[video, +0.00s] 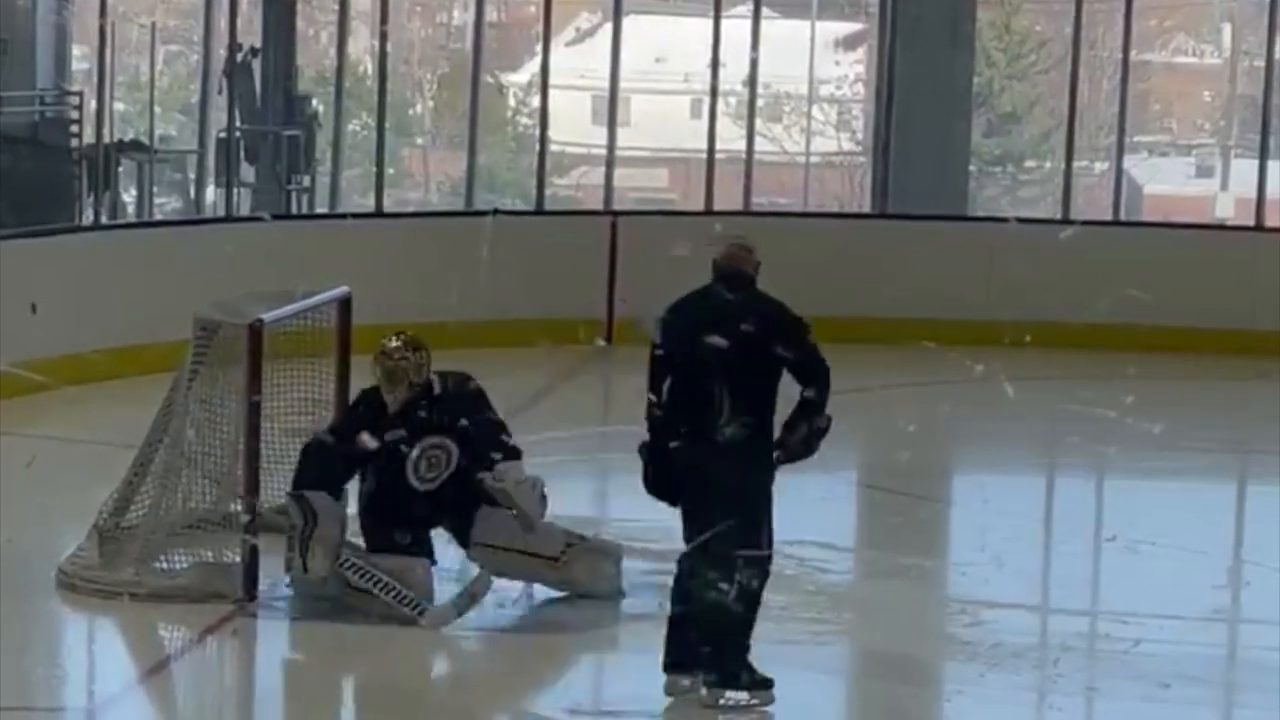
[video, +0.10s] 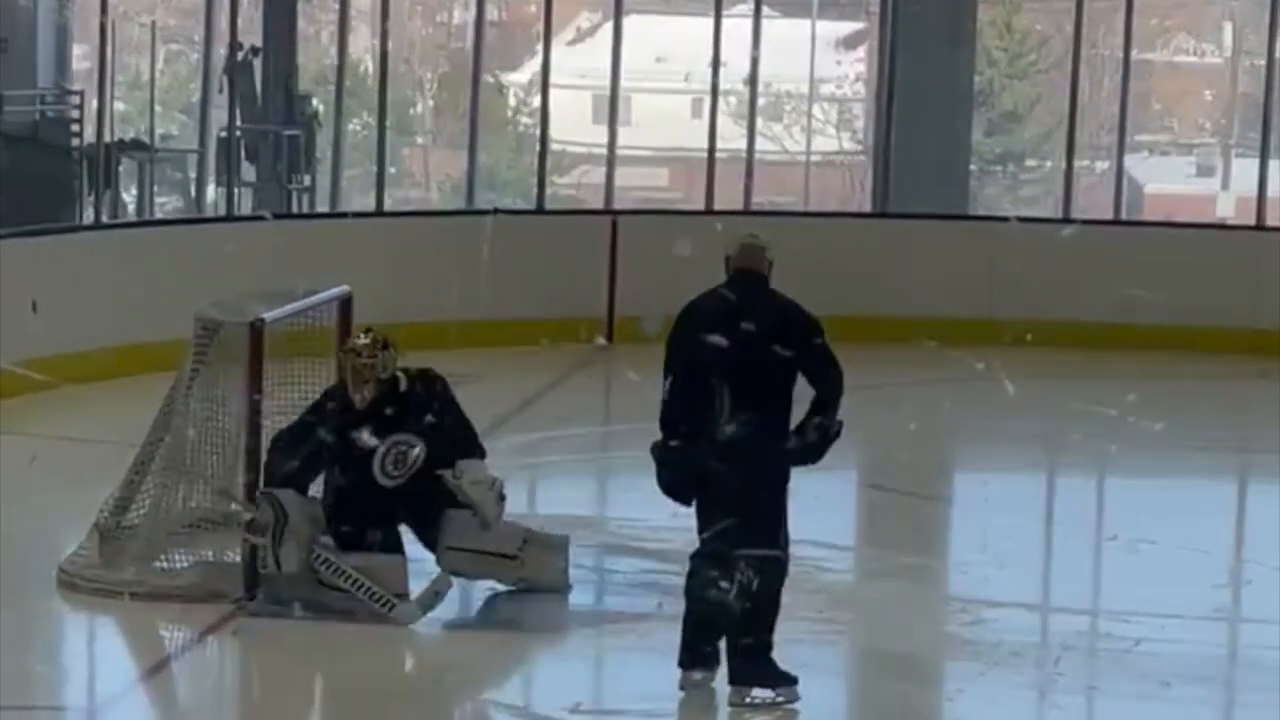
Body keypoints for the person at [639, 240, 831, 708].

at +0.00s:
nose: (748, 272)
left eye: (737, 265)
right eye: (750, 267)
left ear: (713, 271)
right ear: (755, 273)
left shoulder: (679, 313)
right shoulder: (771, 315)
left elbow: (659, 389)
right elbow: (816, 376)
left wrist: (657, 451)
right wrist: (799, 431)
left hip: (689, 457)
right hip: (745, 460)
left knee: (699, 556)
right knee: (750, 559)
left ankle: (683, 663)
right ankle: (730, 665)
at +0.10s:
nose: (753, 274)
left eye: (746, 265)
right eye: (757, 266)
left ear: (727, 267)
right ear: (769, 269)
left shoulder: (695, 313)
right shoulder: (791, 317)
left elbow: (675, 385)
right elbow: (829, 378)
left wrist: (672, 444)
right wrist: (812, 432)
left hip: (707, 458)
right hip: (764, 459)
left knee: (713, 554)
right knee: (765, 558)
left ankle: (698, 656)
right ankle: (752, 666)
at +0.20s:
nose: (763, 270)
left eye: (756, 263)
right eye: (768, 263)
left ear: (737, 267)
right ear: (779, 269)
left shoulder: (706, 313)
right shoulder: (801, 315)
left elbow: (688, 388)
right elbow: (834, 381)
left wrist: (685, 448)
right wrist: (818, 431)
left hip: (721, 455)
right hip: (778, 456)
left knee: (724, 548)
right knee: (779, 555)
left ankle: (710, 653)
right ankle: (775, 664)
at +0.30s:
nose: (774, 270)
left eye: (762, 262)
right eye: (780, 264)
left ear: (747, 268)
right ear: (789, 270)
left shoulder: (717, 313)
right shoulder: (809, 314)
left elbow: (698, 391)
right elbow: (834, 385)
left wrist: (697, 455)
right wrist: (808, 434)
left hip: (734, 454)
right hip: (787, 457)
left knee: (738, 545)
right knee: (793, 552)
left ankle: (724, 647)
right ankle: (796, 665)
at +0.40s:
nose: (786, 267)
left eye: (772, 258)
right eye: (791, 260)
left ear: (757, 264)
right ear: (798, 266)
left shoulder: (725, 306)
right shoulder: (816, 309)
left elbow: (704, 384)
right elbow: (832, 377)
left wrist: (704, 446)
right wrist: (812, 424)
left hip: (739, 450)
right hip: (795, 452)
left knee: (747, 542)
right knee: (809, 548)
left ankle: (737, 644)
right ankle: (813, 655)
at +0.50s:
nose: (796, 266)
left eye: (784, 256)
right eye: (801, 258)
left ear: (767, 260)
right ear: (808, 262)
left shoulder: (735, 300)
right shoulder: (826, 306)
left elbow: (711, 373)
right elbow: (832, 374)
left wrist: (709, 434)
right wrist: (815, 425)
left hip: (749, 441)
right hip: (806, 444)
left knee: (755, 534)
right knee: (820, 539)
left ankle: (747, 635)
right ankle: (824, 647)